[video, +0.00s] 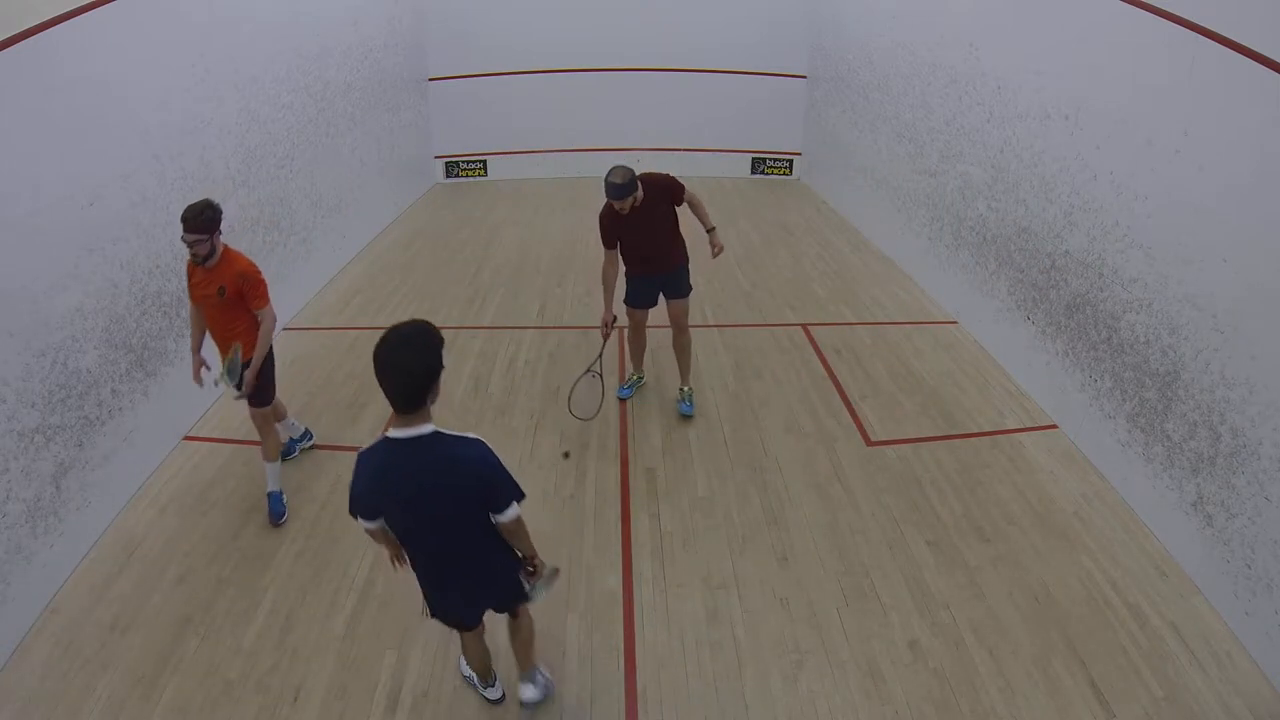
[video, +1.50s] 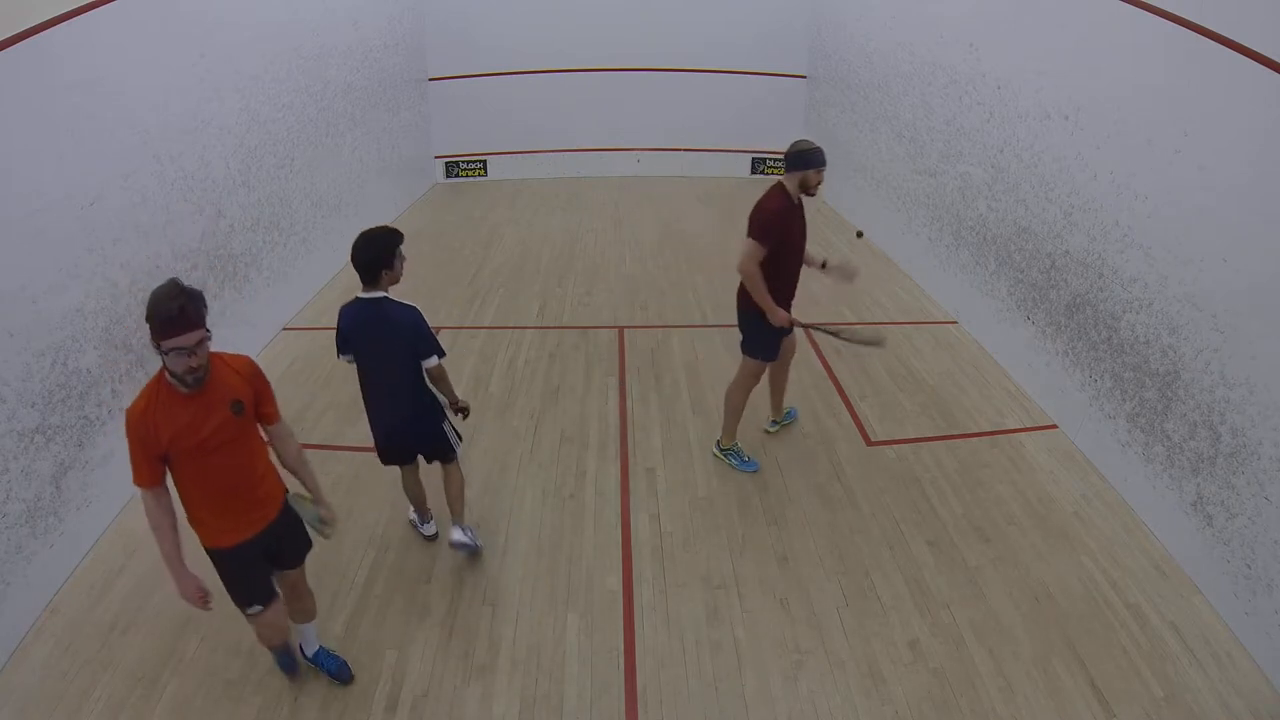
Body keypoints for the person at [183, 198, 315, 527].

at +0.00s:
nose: (192, 250)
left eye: (198, 243)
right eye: (187, 243)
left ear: (217, 236)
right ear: (183, 237)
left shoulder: (241, 269)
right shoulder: (194, 267)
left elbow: (268, 320)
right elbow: (197, 309)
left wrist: (253, 368)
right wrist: (196, 351)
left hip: (256, 353)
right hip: (229, 355)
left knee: (260, 417)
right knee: (261, 398)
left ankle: (274, 490)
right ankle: (296, 434)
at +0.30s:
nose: (178, 264)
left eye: (184, 257)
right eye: (172, 257)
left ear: (203, 248)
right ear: (168, 252)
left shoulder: (232, 282)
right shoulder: (177, 285)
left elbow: (252, 341)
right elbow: (184, 333)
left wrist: (220, 385)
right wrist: (186, 379)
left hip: (242, 371)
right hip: (205, 380)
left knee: (260, 436)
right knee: (217, 453)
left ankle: (273, 489)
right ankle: (251, 477)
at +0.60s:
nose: (157, 294)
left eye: (163, 285)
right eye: (151, 287)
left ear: (181, 274)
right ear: (146, 282)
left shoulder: (216, 307)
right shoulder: (154, 320)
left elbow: (245, 367)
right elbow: (169, 369)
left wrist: (244, 425)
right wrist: (183, 414)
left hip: (236, 405)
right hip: (195, 418)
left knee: (255, 455)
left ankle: (273, 491)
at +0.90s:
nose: (143, 313)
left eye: (151, 302)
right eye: (133, 305)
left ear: (166, 289)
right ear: (124, 300)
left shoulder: (203, 324)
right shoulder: (122, 350)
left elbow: (243, 374)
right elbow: (132, 405)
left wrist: (269, 427)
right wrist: (155, 458)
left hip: (225, 440)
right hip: (181, 457)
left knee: (261, 519)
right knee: (218, 523)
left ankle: (275, 547)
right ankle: (253, 572)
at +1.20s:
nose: (164, 346)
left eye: (171, 333)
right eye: (152, 338)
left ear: (182, 320)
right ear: (136, 333)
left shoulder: (215, 357)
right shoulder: (127, 389)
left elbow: (244, 413)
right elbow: (132, 459)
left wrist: (267, 467)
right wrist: (141, 528)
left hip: (239, 483)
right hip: (193, 501)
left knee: (274, 565)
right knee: (227, 548)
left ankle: (309, 642)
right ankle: (254, 574)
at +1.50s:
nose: (191, 360)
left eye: (199, 346)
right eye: (177, 352)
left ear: (208, 333)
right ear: (157, 349)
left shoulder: (241, 371)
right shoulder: (144, 418)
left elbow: (279, 435)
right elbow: (155, 496)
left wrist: (317, 495)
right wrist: (179, 571)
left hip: (275, 510)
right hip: (225, 539)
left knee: (296, 584)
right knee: (272, 627)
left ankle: (312, 648)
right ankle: (281, 649)